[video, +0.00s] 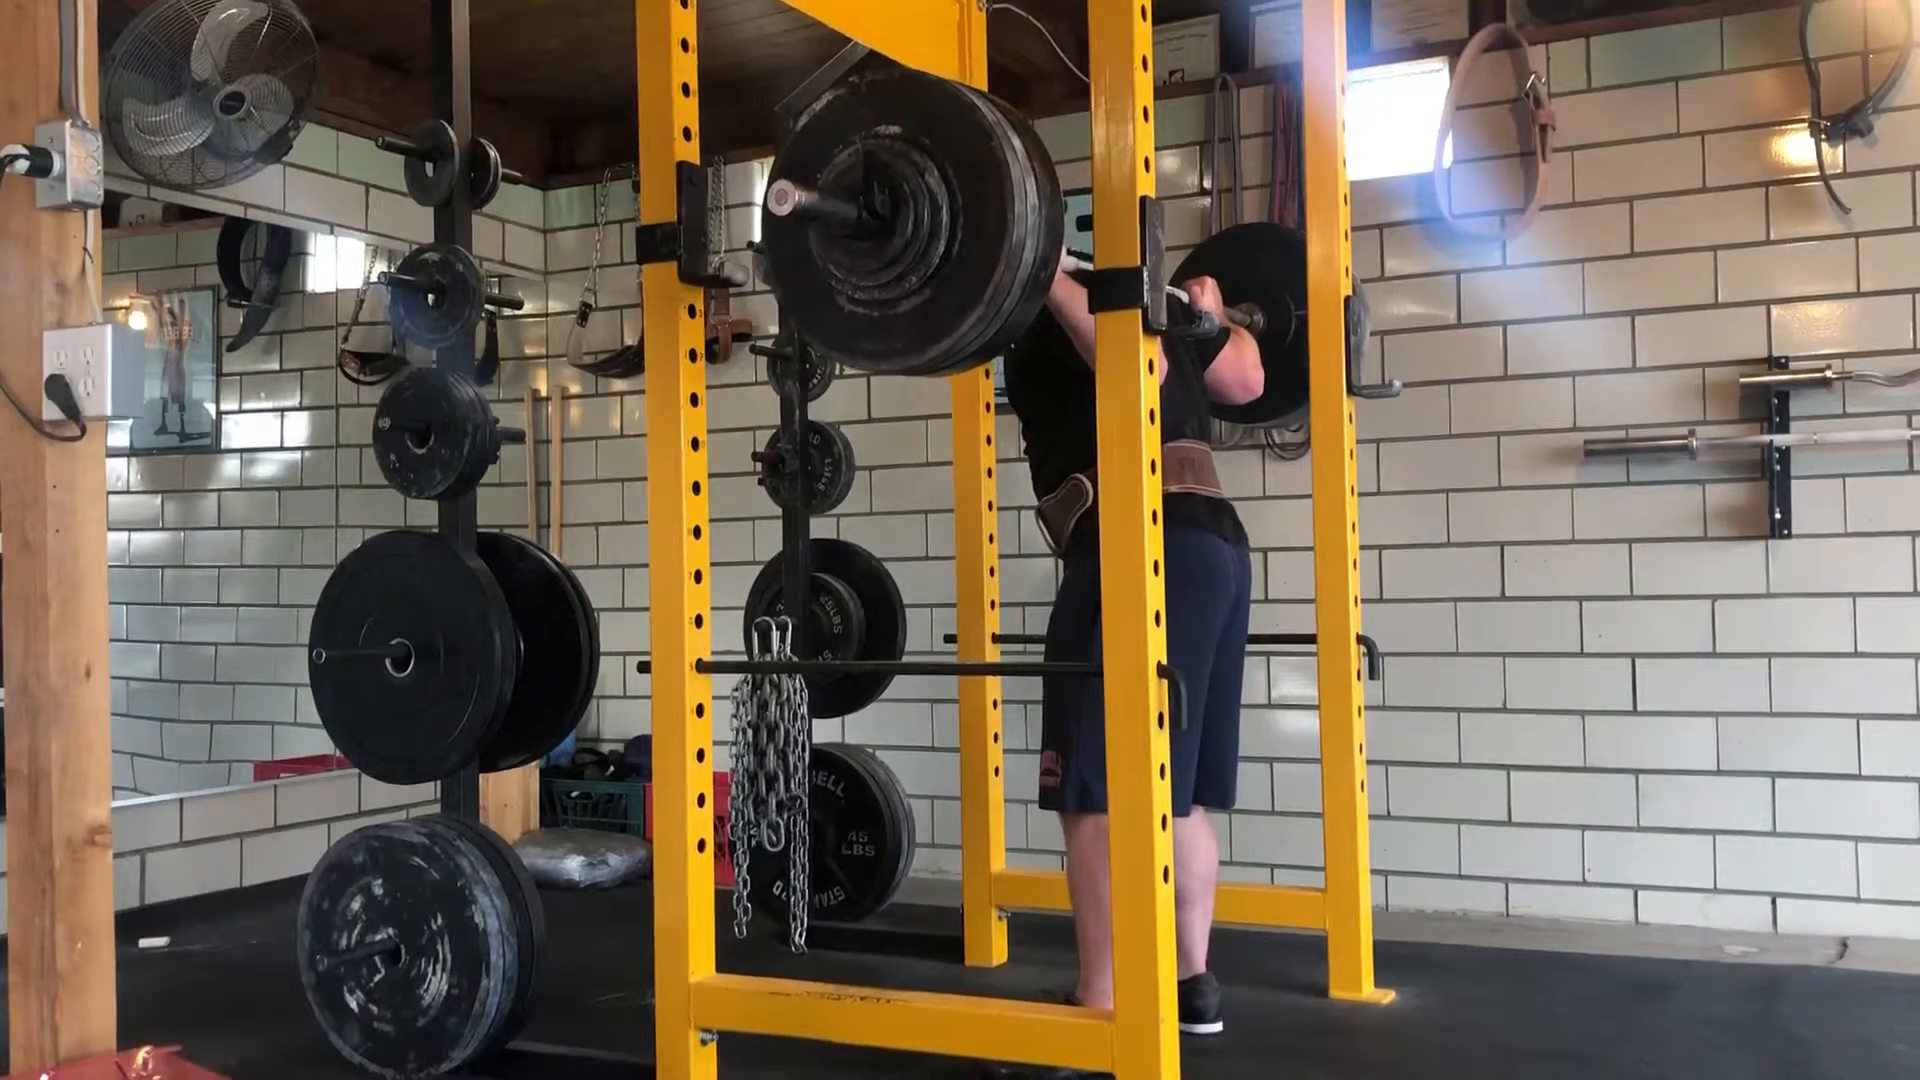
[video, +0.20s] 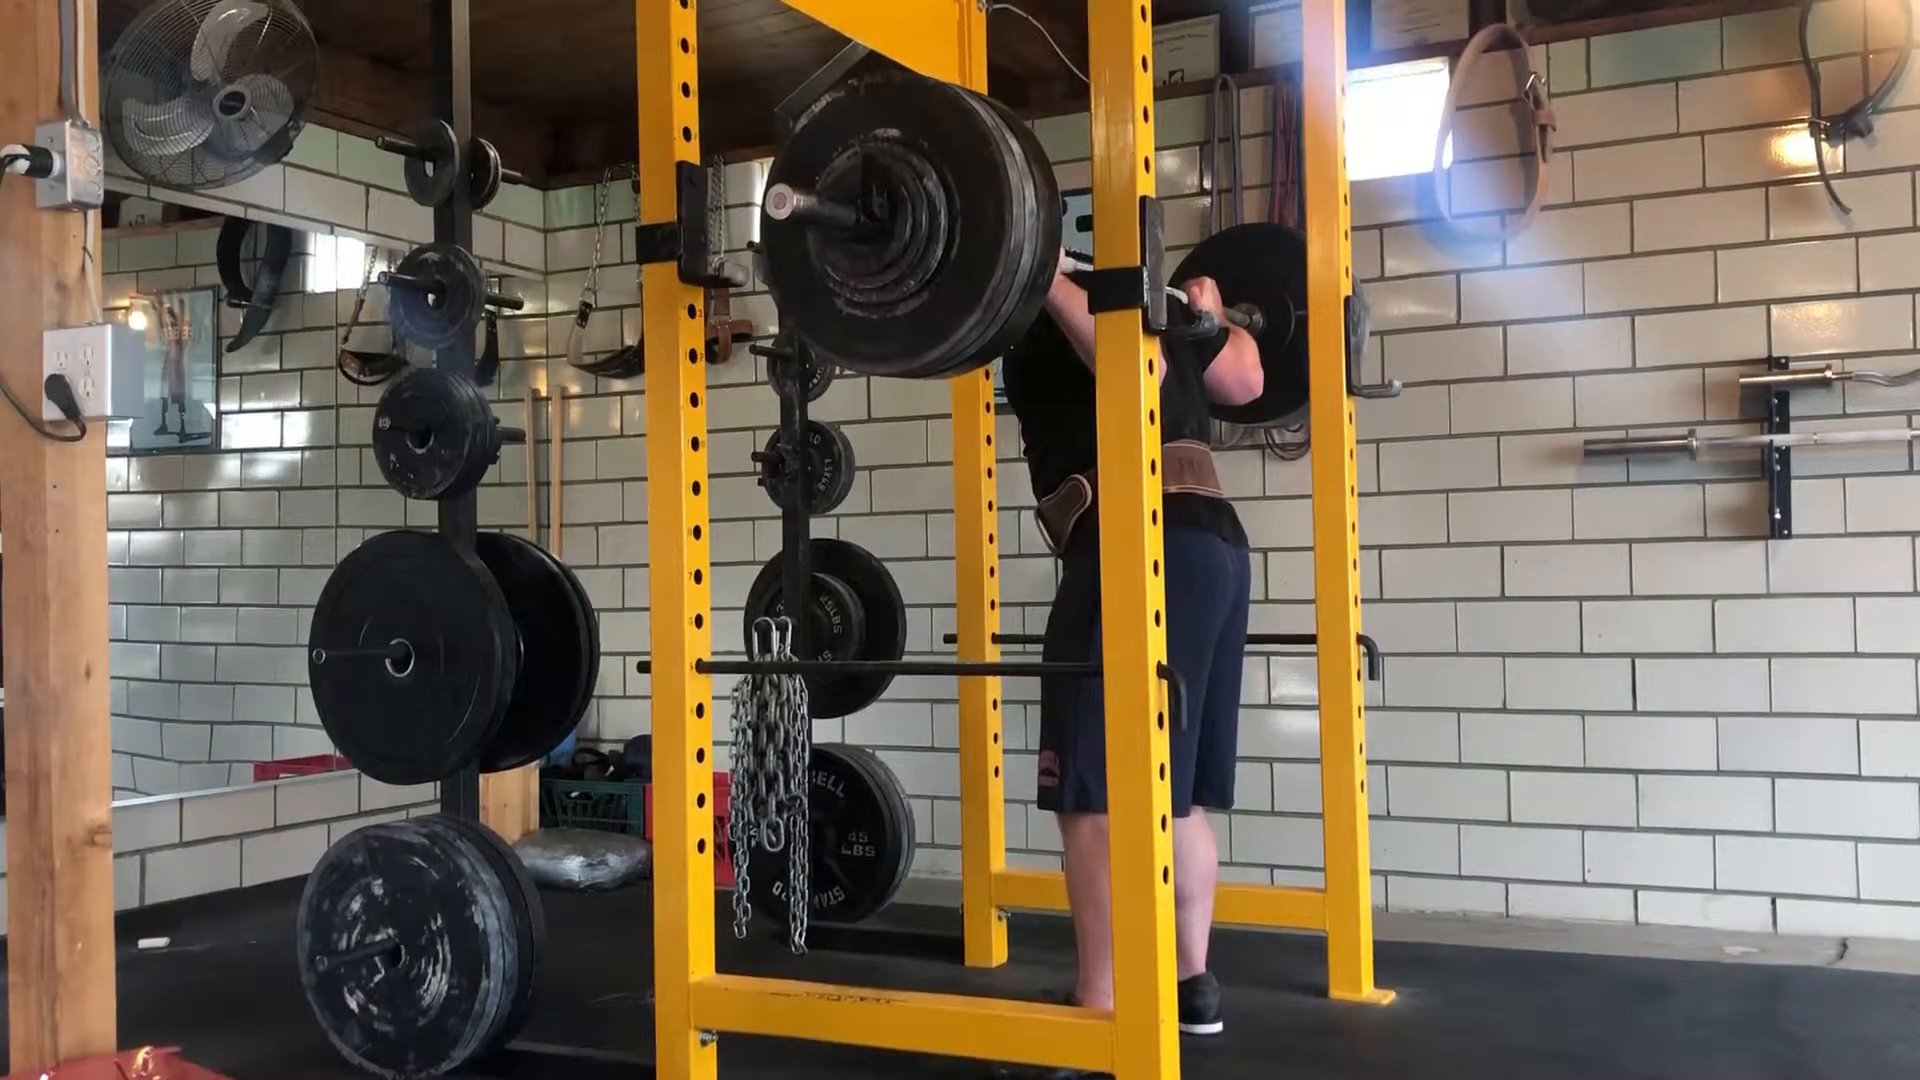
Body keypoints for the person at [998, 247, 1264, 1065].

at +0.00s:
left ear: (1032, 246)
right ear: (1077, 239)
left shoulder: (1052, 293)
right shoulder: (1168, 297)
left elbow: (1136, 370)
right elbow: (1246, 377)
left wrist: (1057, 284)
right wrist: (1213, 308)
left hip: (1127, 538)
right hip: (1214, 544)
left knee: (1089, 783)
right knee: (1188, 783)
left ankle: (1101, 999)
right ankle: (1193, 986)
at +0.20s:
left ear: (1039, 251)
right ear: (1088, 248)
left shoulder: (1049, 297)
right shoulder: (1165, 300)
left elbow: (1129, 369)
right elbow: (1246, 377)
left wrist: (1047, 277)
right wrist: (1211, 308)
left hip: (1129, 541)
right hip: (1213, 545)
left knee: (1090, 785)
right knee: (1184, 787)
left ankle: (1098, 1003)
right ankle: (1192, 986)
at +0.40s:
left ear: (1033, 244)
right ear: (1074, 239)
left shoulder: (1054, 295)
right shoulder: (1160, 297)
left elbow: (1134, 370)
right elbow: (1246, 377)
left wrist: (1047, 280)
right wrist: (1211, 308)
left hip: (1131, 540)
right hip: (1214, 544)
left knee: (1088, 782)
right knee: (1185, 784)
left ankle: (1099, 1003)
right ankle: (1193, 986)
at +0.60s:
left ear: (1028, 246)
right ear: (1071, 239)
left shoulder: (1051, 299)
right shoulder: (1161, 301)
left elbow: (1136, 372)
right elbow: (1247, 378)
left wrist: (1048, 282)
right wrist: (1212, 311)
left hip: (1139, 543)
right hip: (1222, 548)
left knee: (1086, 782)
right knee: (1186, 784)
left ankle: (1098, 1004)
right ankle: (1193, 987)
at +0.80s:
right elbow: (1257, 396)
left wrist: (1043, 299)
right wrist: (1213, 328)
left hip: (1188, 549)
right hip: (1252, 549)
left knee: (1088, 772)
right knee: (1195, 785)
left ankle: (1099, 1004)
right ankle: (1197, 989)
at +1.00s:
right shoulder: (1150, 356)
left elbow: (1158, 424)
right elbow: (1258, 431)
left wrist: (1042, 346)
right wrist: (1213, 367)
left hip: (1223, 579)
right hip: (1281, 578)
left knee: (1072, 780)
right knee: (1191, 787)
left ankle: (1098, 1005)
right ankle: (1192, 987)